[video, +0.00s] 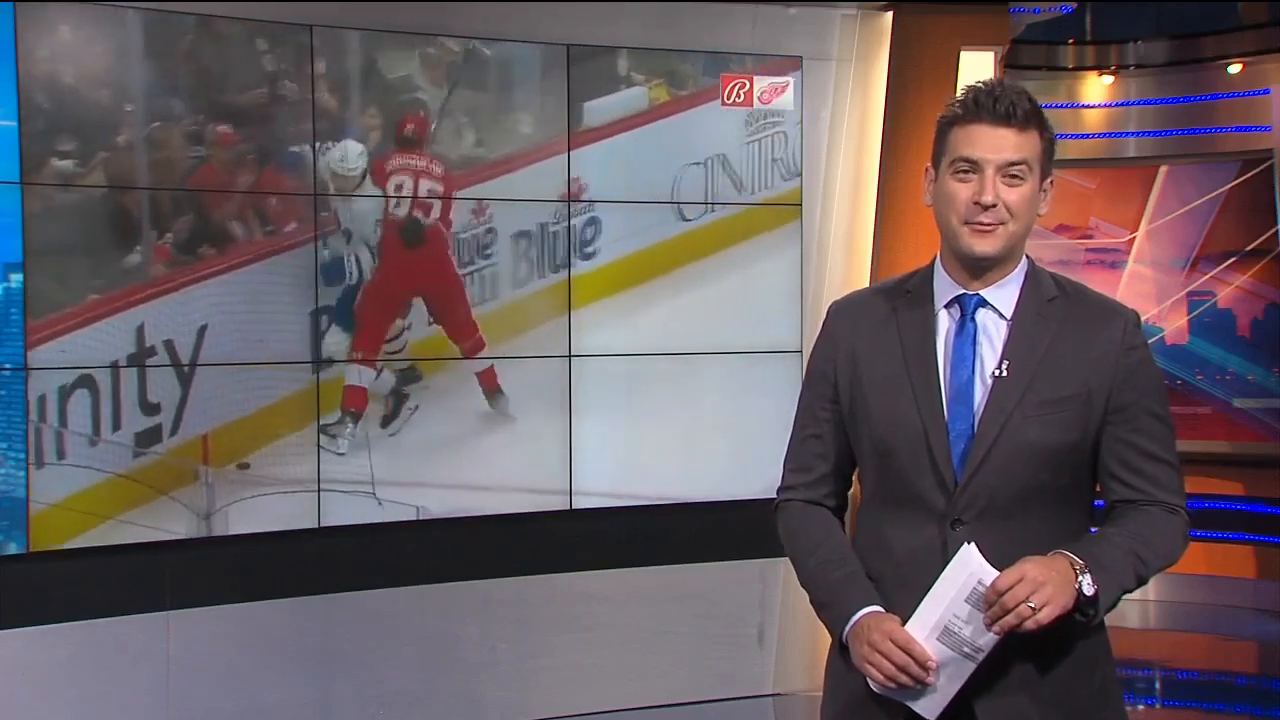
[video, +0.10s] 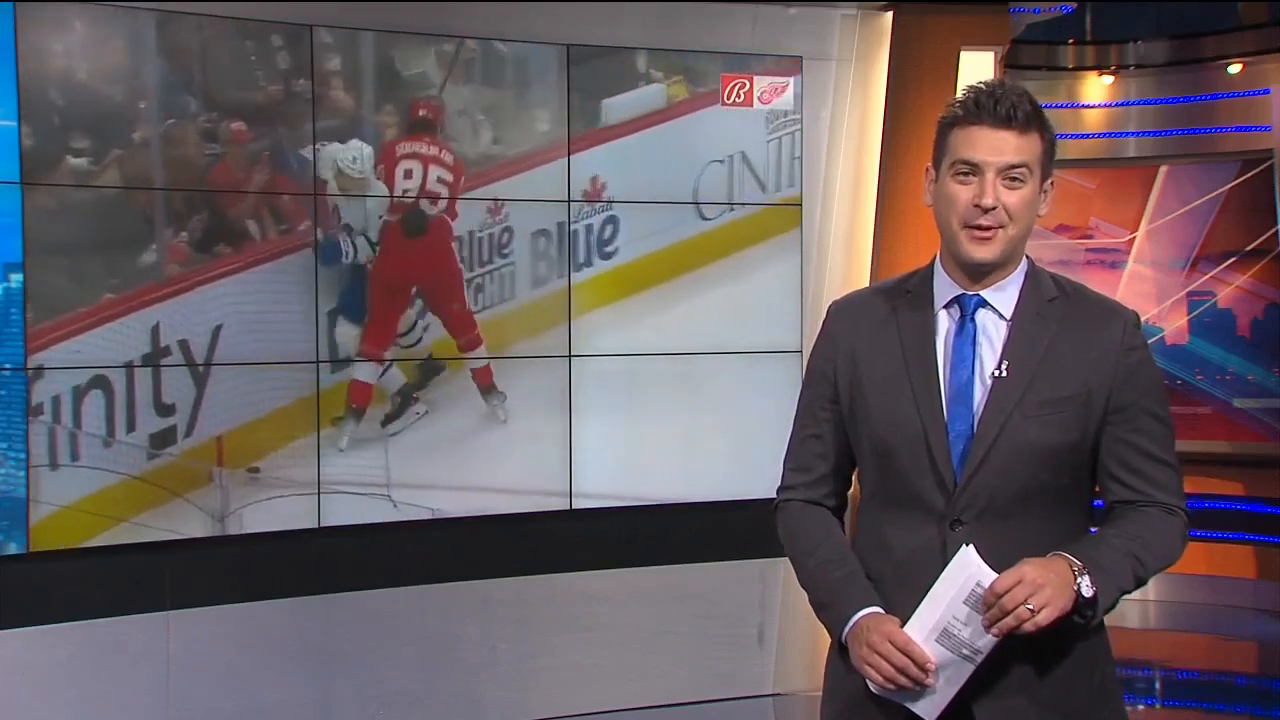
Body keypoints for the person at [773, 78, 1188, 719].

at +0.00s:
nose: (987, 196)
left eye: (1013, 176)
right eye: (965, 171)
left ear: (1043, 194)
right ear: (932, 185)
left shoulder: (1108, 335)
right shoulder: (854, 326)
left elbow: (1155, 511)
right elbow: (805, 499)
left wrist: (1079, 570)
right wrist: (857, 616)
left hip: (1044, 691)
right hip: (881, 687)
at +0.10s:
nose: (986, 199)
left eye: (1013, 178)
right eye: (965, 173)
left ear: (1043, 195)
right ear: (932, 186)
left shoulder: (1107, 336)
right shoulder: (854, 326)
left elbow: (1155, 512)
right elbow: (805, 499)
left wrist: (1078, 571)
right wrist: (856, 617)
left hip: (1043, 691)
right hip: (881, 687)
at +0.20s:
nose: (987, 198)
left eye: (1013, 178)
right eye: (966, 173)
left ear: (1043, 196)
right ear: (933, 185)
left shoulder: (1107, 336)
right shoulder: (855, 326)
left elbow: (1154, 512)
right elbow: (805, 498)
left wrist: (1078, 572)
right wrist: (856, 618)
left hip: (1043, 691)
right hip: (881, 687)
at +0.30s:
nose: (988, 198)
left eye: (1015, 178)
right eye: (968, 172)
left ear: (1045, 196)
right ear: (934, 185)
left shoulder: (1108, 336)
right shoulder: (855, 326)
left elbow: (1154, 512)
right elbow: (805, 498)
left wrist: (1078, 572)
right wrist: (857, 617)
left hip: (1043, 691)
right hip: (881, 687)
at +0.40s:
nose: (990, 197)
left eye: (1016, 177)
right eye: (969, 172)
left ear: (1046, 195)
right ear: (935, 185)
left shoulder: (1108, 336)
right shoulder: (856, 326)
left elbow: (1155, 511)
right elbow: (806, 498)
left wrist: (1080, 571)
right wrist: (858, 617)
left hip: (1045, 691)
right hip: (882, 687)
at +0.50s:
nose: (991, 197)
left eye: (1017, 177)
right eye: (970, 172)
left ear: (1047, 196)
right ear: (936, 185)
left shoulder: (1109, 336)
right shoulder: (857, 326)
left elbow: (1156, 512)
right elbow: (807, 499)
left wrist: (1082, 571)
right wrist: (860, 617)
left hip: (1046, 692)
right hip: (883, 688)